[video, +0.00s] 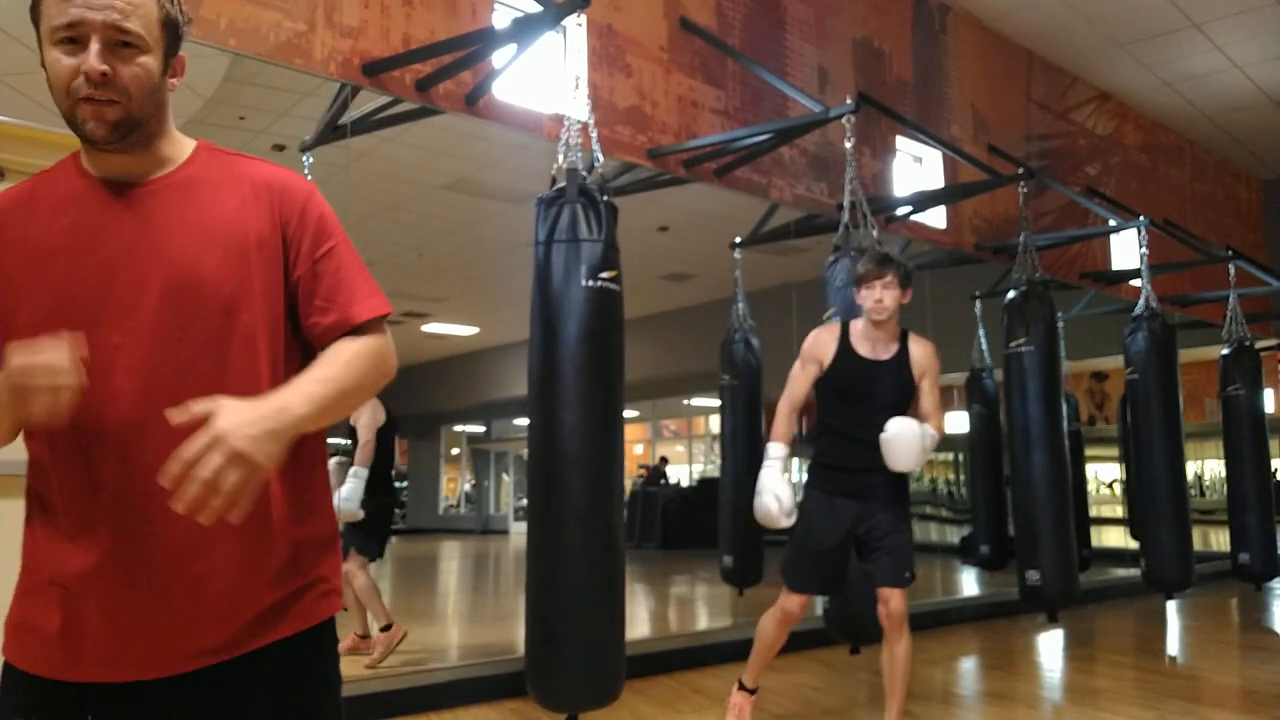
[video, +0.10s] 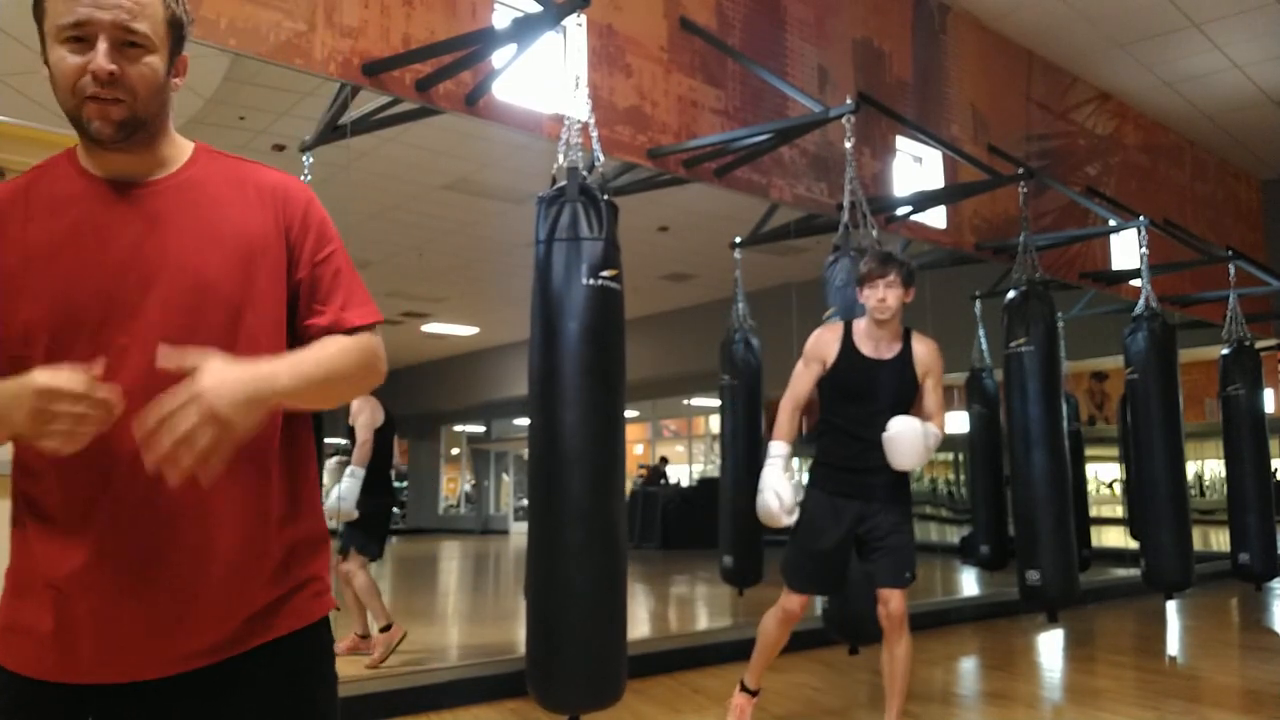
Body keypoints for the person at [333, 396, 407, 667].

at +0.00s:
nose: (340, 386)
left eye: (342, 380)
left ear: (355, 379)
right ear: (365, 378)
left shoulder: (366, 405)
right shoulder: (372, 407)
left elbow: (366, 445)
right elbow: (389, 458)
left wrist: (354, 485)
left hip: (374, 493)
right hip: (375, 492)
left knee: (354, 566)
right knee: (348, 567)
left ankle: (387, 627)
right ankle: (362, 634)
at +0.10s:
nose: (341, 385)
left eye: (343, 379)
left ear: (352, 377)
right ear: (365, 377)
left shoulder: (362, 403)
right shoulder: (376, 408)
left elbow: (364, 444)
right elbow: (391, 460)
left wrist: (350, 485)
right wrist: (346, 461)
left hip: (372, 493)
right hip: (374, 492)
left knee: (353, 565)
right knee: (344, 567)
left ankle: (387, 627)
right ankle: (362, 634)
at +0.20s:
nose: (344, 379)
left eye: (346, 374)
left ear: (352, 374)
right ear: (364, 375)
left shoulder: (362, 402)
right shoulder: (374, 406)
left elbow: (364, 444)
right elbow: (387, 458)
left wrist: (348, 485)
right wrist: (345, 461)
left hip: (372, 492)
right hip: (371, 491)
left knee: (352, 565)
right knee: (343, 565)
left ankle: (387, 628)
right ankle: (362, 635)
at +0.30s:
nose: (343, 379)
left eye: (346, 372)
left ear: (353, 373)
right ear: (365, 374)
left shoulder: (361, 402)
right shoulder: (373, 406)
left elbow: (363, 445)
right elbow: (386, 454)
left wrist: (348, 486)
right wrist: (344, 460)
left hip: (371, 492)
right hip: (370, 491)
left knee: (353, 564)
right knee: (343, 565)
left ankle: (386, 628)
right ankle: (362, 635)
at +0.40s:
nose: (342, 380)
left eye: (345, 374)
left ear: (352, 375)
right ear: (366, 375)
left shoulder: (362, 403)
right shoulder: (371, 406)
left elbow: (364, 444)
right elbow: (386, 457)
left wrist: (349, 485)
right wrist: (343, 459)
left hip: (372, 491)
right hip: (370, 490)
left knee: (353, 564)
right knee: (344, 565)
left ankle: (386, 628)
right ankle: (362, 634)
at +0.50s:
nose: (338, 381)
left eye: (341, 375)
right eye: (338, 375)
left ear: (350, 374)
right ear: (358, 374)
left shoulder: (363, 404)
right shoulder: (364, 405)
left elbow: (364, 445)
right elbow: (387, 457)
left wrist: (351, 486)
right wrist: (343, 457)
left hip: (371, 490)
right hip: (369, 489)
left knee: (353, 563)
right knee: (344, 565)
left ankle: (386, 628)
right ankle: (362, 635)